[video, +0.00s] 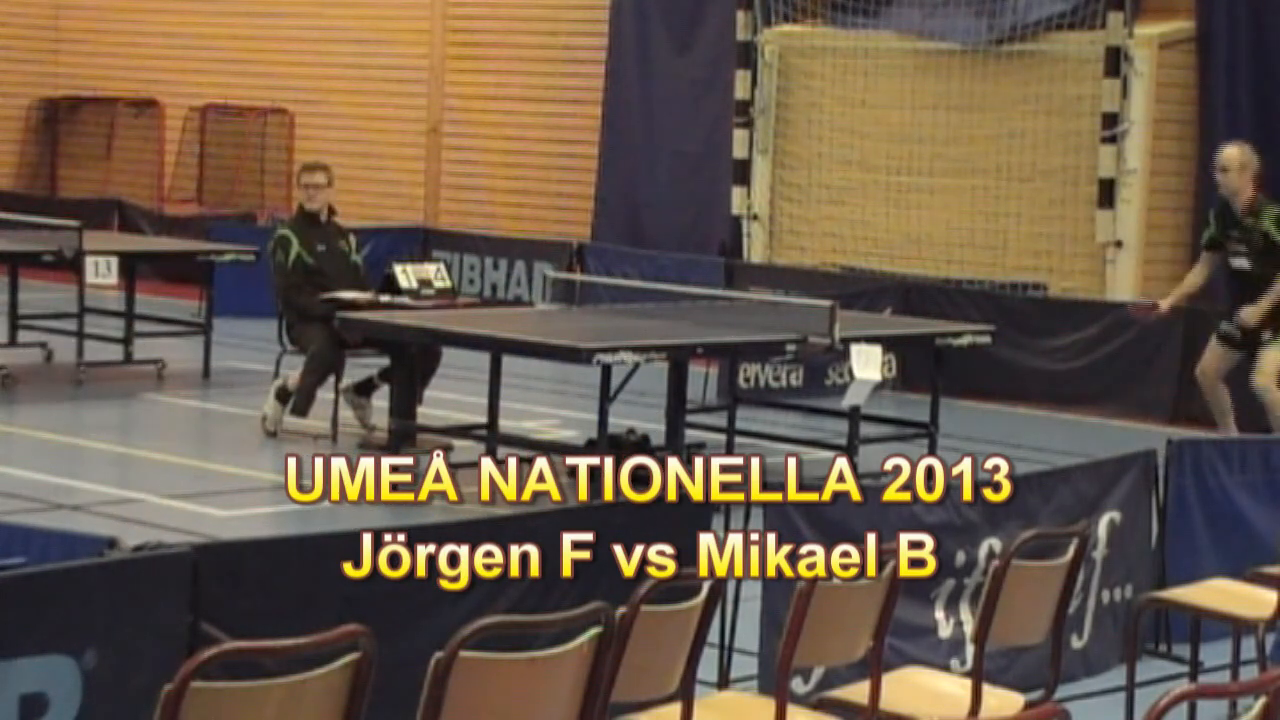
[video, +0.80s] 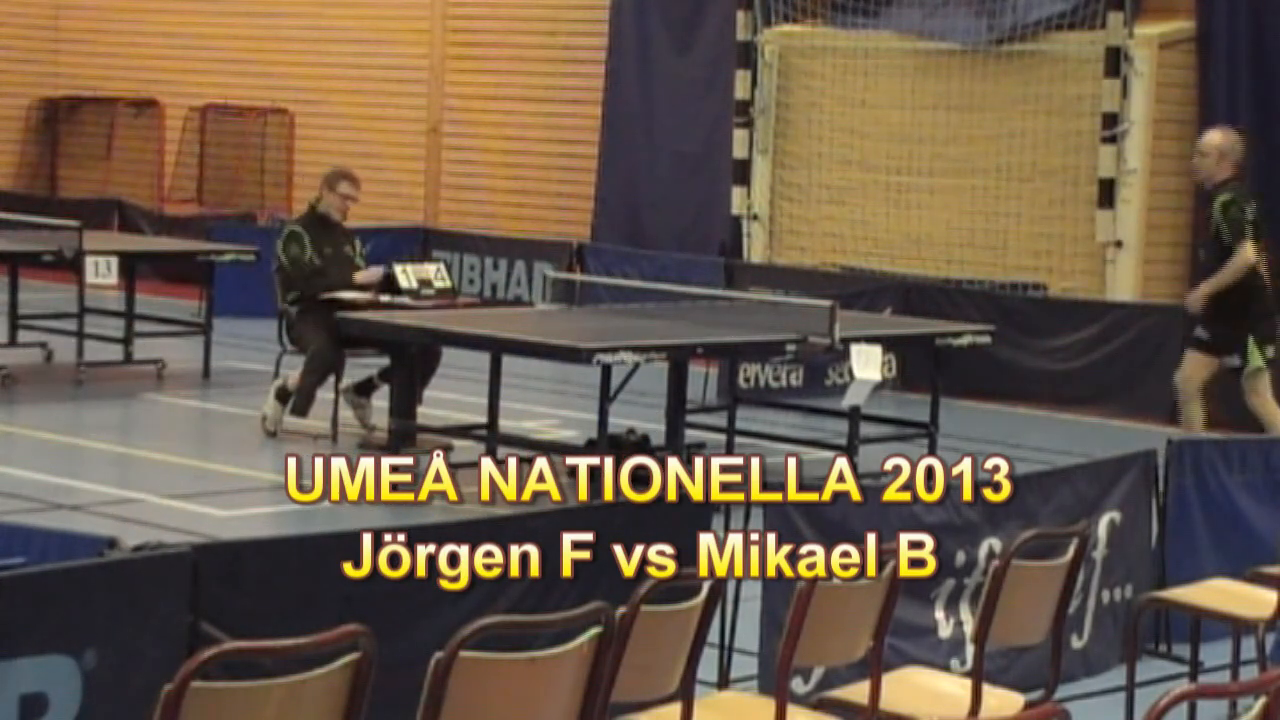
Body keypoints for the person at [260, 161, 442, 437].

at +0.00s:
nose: (311, 193)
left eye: (318, 187)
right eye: (306, 187)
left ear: (330, 191)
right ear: (298, 190)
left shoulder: (343, 235)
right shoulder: (287, 236)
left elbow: (359, 281)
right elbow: (291, 294)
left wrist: (367, 302)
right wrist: (336, 309)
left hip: (351, 318)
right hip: (309, 319)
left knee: (425, 351)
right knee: (328, 353)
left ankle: (362, 391)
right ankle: (285, 392)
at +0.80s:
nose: (348, 206)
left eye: (352, 200)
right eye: (344, 197)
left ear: (353, 201)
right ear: (325, 192)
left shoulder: (348, 237)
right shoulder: (297, 233)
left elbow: (361, 280)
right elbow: (307, 283)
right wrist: (354, 277)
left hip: (350, 313)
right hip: (309, 313)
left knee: (425, 351)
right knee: (327, 355)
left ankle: (361, 391)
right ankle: (283, 392)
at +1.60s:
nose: (363, 208)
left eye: (367, 202)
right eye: (358, 199)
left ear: (370, 204)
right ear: (340, 195)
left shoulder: (355, 238)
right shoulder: (313, 229)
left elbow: (365, 281)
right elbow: (334, 276)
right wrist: (371, 286)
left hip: (350, 318)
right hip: (310, 316)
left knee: (419, 350)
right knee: (328, 349)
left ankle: (362, 391)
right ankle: (299, 395)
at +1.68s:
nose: (302, 196)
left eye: (309, 189)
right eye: (296, 188)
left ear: (317, 192)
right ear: (284, 190)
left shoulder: (321, 234)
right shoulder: (264, 236)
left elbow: (345, 278)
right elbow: (257, 296)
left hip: (329, 323)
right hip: (281, 324)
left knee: (409, 355)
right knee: (306, 356)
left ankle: (343, 402)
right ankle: (275, 403)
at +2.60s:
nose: (318, 200)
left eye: (324, 193)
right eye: (311, 193)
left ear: (332, 197)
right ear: (299, 195)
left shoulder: (340, 241)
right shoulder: (283, 237)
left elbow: (357, 290)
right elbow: (275, 300)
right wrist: (320, 315)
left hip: (340, 324)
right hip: (298, 324)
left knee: (417, 358)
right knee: (313, 359)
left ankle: (354, 401)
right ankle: (272, 423)